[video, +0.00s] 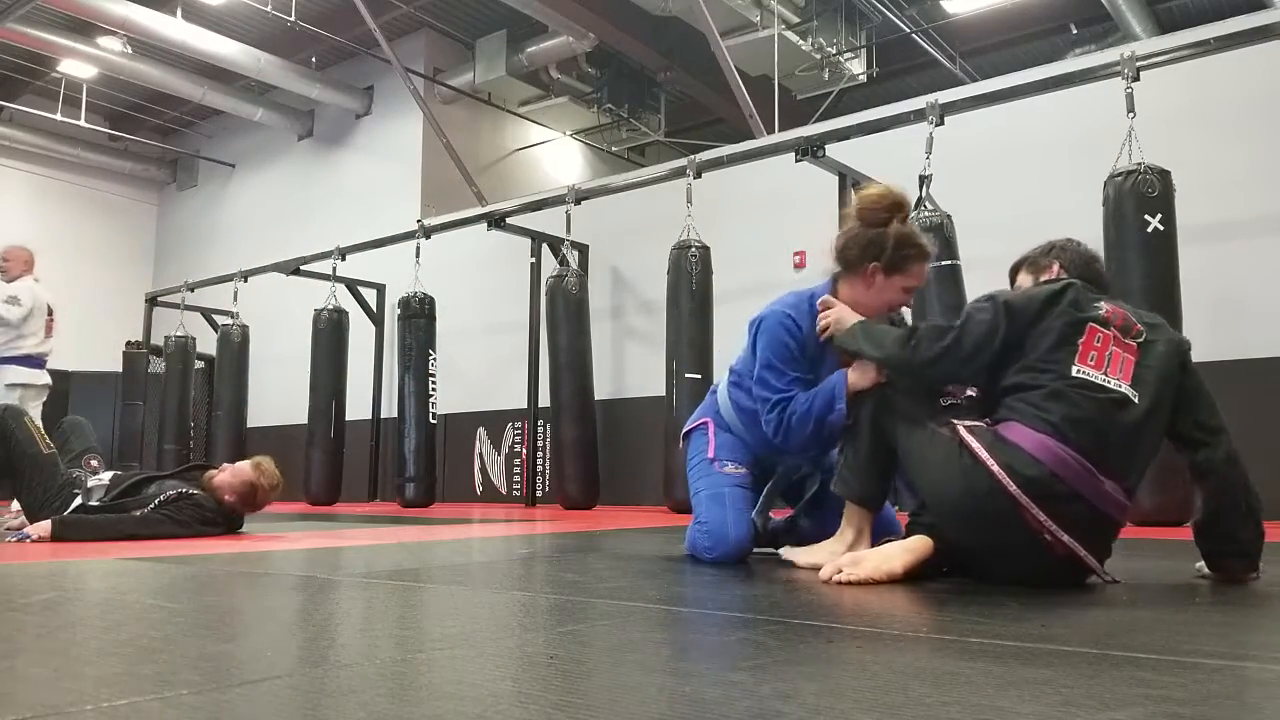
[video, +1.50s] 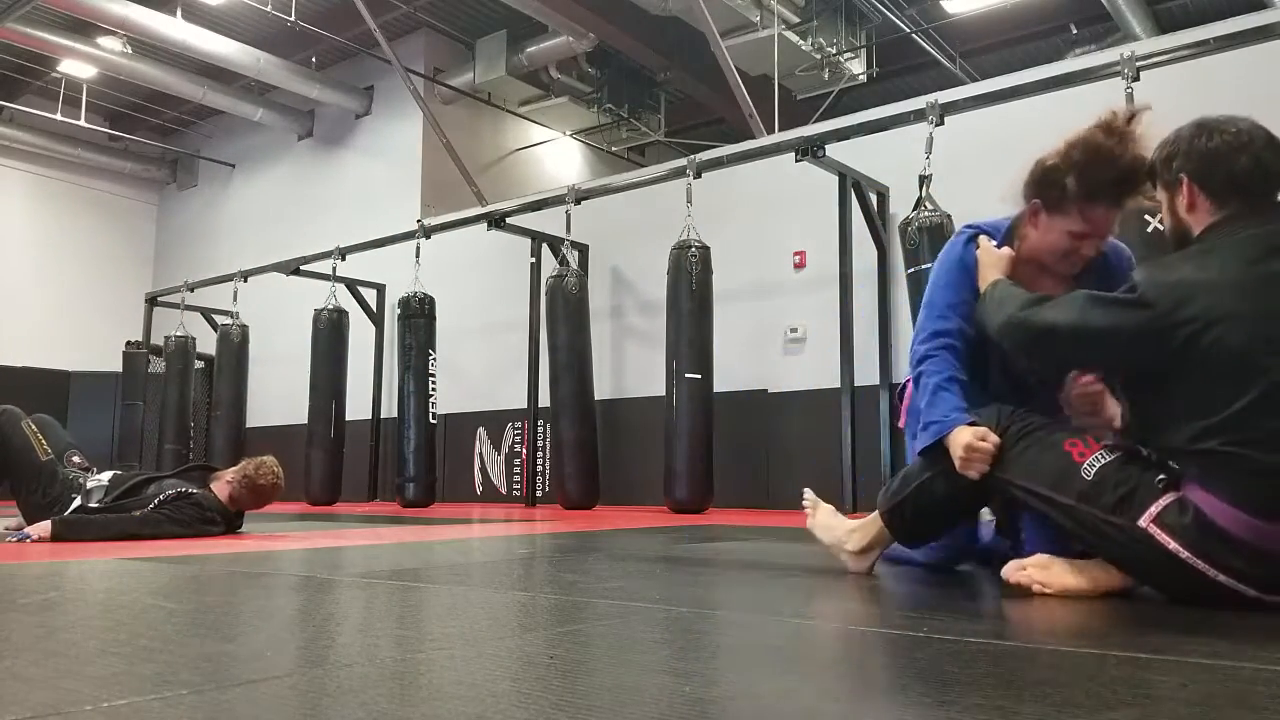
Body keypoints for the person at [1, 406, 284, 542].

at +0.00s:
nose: (226, 465)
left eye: (234, 470)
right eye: (235, 464)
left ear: (234, 495)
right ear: (235, 488)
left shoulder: (197, 512)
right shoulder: (209, 486)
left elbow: (130, 525)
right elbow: (150, 488)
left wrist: (58, 526)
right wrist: (112, 480)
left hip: (69, 501)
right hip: (99, 485)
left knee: (9, 417)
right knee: (74, 423)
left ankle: (8, 500)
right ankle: (21, 499)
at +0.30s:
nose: (219, 460)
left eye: (226, 461)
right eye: (226, 458)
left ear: (230, 480)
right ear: (233, 482)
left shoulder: (197, 512)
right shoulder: (210, 491)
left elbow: (129, 524)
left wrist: (57, 526)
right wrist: (111, 476)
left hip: (66, 501)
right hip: (99, 484)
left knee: (10, 415)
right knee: (74, 423)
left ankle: (10, 499)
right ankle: (19, 496)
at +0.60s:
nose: (221, 460)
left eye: (227, 461)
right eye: (228, 458)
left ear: (229, 477)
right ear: (239, 488)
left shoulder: (199, 512)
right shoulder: (213, 494)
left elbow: (129, 525)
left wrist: (54, 526)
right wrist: (106, 476)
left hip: (66, 501)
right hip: (98, 486)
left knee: (11, 415)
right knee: (62, 421)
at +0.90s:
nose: (220, 462)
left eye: (226, 463)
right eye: (227, 460)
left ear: (228, 478)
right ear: (237, 488)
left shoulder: (197, 512)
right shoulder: (220, 501)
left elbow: (128, 524)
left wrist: (54, 526)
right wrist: (106, 478)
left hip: (66, 503)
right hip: (96, 485)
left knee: (10, 415)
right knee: (53, 422)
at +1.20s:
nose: (226, 464)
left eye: (232, 466)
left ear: (232, 471)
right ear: (255, 500)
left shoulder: (201, 513)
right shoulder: (215, 489)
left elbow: (131, 524)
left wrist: (56, 526)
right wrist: (107, 478)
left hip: (68, 501)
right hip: (95, 485)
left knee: (9, 416)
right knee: (44, 421)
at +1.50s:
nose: (228, 471)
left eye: (234, 472)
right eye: (235, 471)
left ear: (234, 475)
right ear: (255, 503)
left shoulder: (200, 512)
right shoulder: (217, 492)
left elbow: (132, 524)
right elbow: (148, 489)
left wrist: (56, 527)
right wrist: (106, 478)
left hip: (69, 501)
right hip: (97, 485)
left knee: (9, 418)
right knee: (41, 421)